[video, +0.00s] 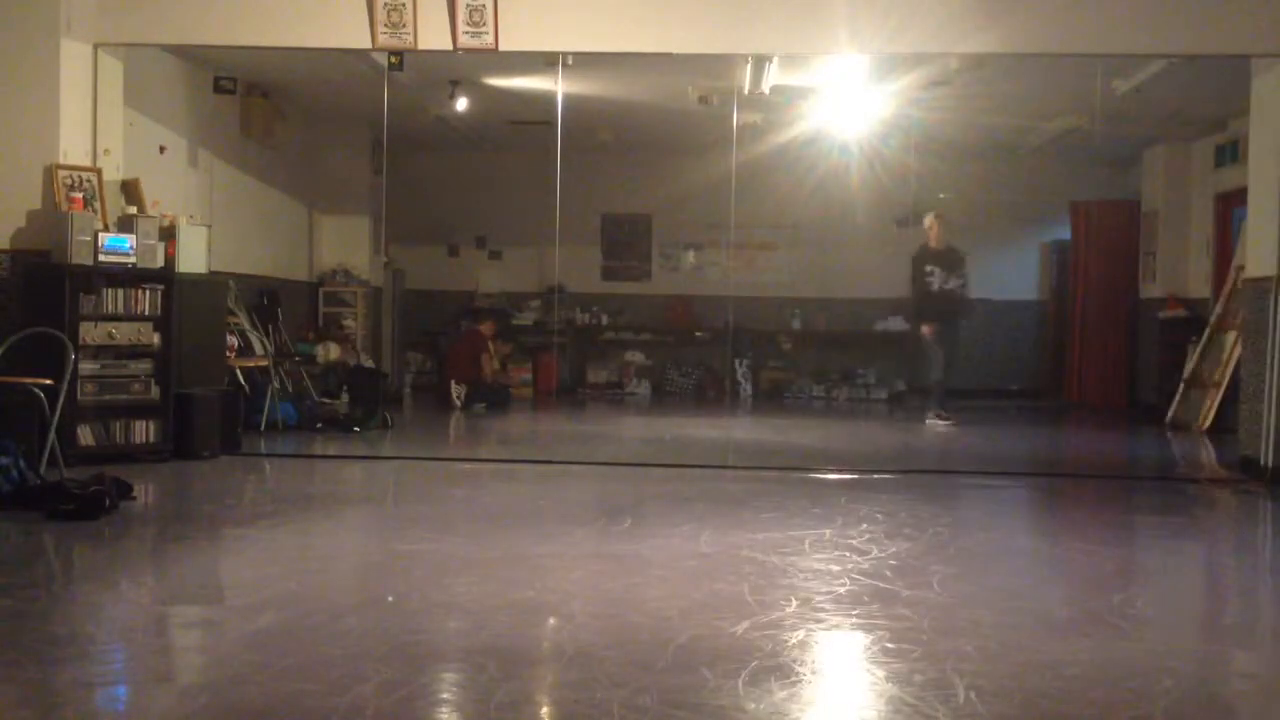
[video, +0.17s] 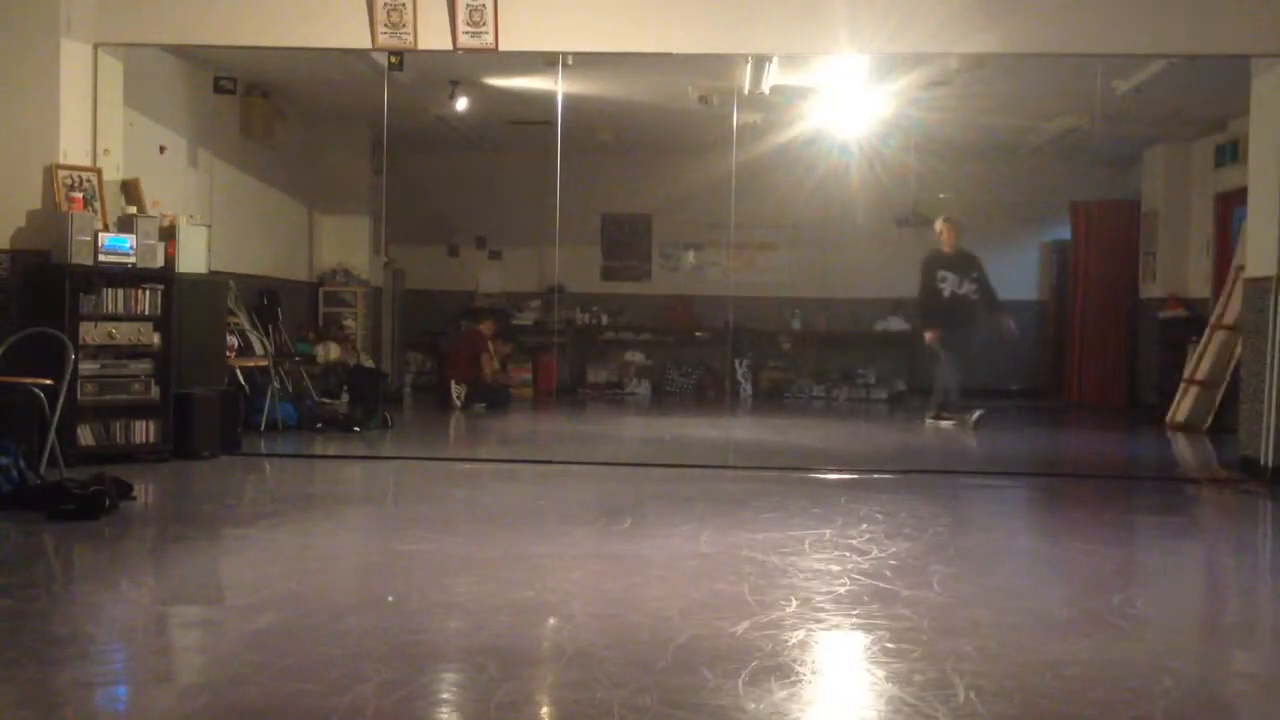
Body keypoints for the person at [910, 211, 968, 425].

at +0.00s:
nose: (936, 233)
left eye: (939, 227)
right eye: (932, 228)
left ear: (945, 228)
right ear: (926, 231)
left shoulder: (956, 255)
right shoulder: (921, 256)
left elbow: (962, 287)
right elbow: (918, 291)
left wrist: (964, 311)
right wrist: (923, 319)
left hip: (952, 314)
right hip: (930, 315)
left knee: (948, 362)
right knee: (938, 362)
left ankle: (940, 408)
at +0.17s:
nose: (949, 237)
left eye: (952, 231)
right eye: (944, 232)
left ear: (958, 233)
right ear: (938, 235)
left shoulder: (970, 260)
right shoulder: (932, 261)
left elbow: (986, 290)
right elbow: (925, 295)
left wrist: (1001, 314)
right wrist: (927, 325)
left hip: (965, 320)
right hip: (941, 320)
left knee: (949, 366)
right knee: (951, 364)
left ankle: (936, 411)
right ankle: (959, 410)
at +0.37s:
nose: (958, 234)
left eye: (961, 229)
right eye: (953, 230)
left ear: (967, 231)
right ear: (947, 234)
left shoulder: (984, 256)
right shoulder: (943, 261)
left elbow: (1000, 287)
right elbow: (936, 297)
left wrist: (1014, 315)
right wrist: (936, 330)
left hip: (981, 318)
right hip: (955, 320)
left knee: (971, 364)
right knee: (968, 366)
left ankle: (950, 396)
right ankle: (978, 417)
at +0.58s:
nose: (969, 224)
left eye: (971, 219)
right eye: (964, 221)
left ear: (977, 223)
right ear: (956, 226)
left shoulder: (995, 250)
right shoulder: (950, 255)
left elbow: (1004, 287)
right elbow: (947, 292)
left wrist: (1012, 316)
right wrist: (953, 322)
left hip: (994, 316)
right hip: (966, 318)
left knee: (996, 365)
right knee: (971, 368)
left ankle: (997, 413)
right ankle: (979, 417)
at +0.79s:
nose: (976, 229)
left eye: (979, 224)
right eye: (971, 225)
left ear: (987, 227)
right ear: (964, 229)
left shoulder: (1003, 254)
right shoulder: (956, 258)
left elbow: (1014, 289)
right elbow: (953, 295)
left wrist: (1016, 316)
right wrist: (959, 325)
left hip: (1000, 319)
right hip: (971, 321)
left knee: (1000, 367)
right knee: (973, 371)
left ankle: (1000, 414)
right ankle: (979, 417)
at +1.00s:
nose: (981, 228)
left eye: (985, 224)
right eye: (977, 224)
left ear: (994, 227)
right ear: (970, 228)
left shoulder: (1009, 256)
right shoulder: (961, 257)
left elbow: (1020, 293)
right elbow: (957, 295)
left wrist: (1025, 323)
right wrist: (959, 328)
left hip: (1003, 323)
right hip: (973, 323)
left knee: (1001, 372)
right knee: (976, 374)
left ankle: (997, 421)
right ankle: (981, 412)